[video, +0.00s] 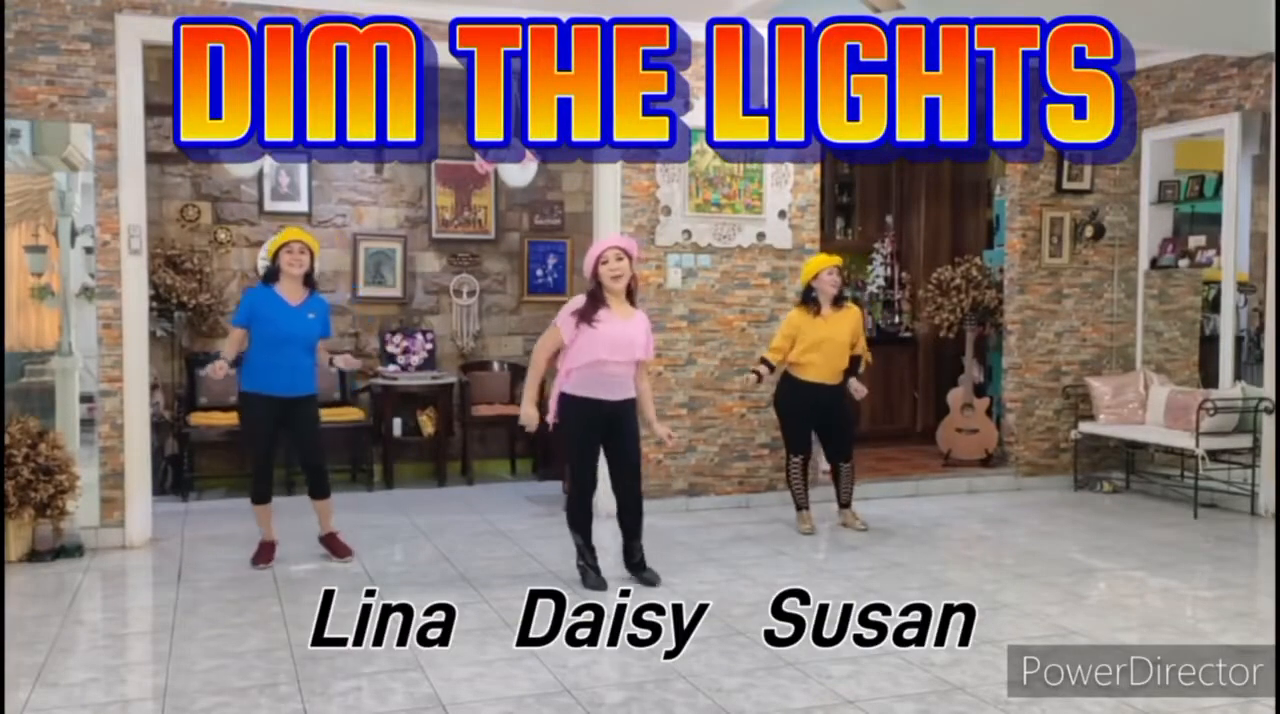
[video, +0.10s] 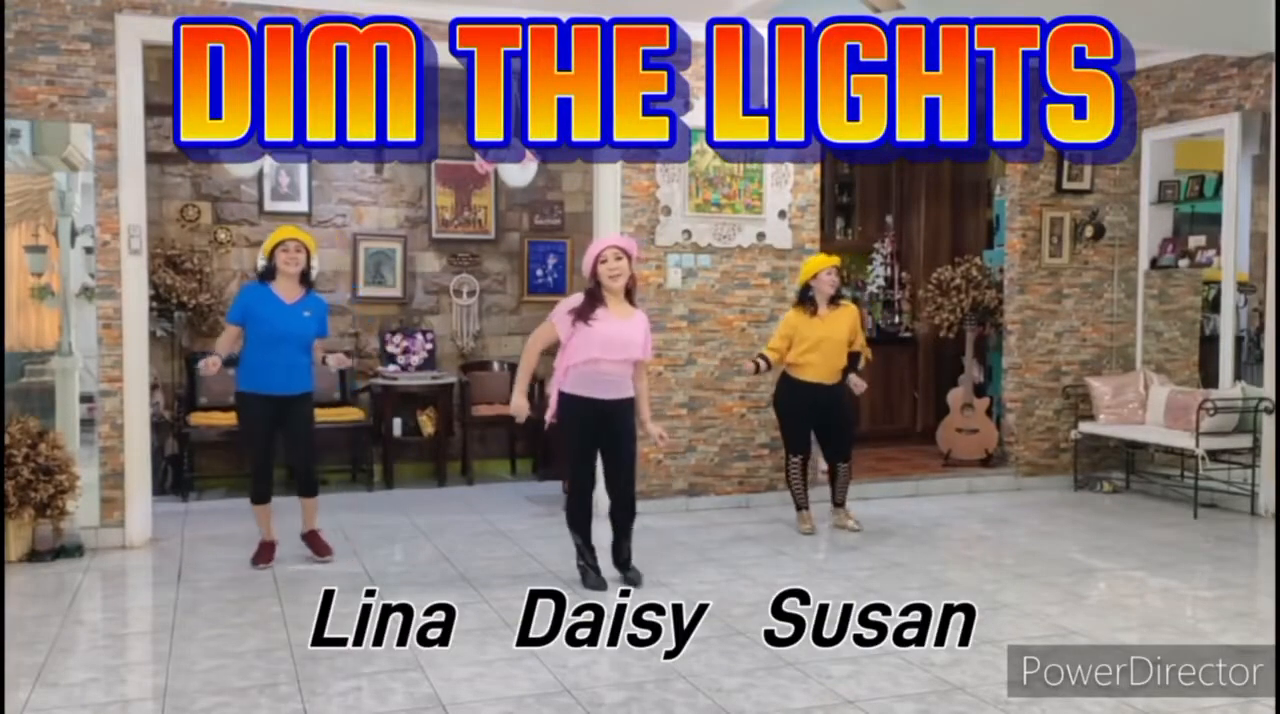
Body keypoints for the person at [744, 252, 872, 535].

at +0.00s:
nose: (836, 279)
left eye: (838, 274)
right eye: (829, 274)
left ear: (841, 280)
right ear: (813, 281)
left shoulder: (852, 314)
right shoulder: (798, 316)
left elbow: (858, 350)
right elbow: (777, 350)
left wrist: (853, 376)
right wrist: (761, 370)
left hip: (833, 392)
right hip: (796, 390)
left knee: (842, 453)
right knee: (798, 452)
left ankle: (846, 510)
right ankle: (802, 512)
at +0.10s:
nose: (834, 279)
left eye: (836, 274)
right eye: (828, 274)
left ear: (839, 280)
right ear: (812, 281)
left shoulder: (849, 312)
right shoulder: (796, 316)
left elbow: (858, 347)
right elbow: (776, 349)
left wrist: (852, 372)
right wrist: (758, 363)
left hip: (832, 391)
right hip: (795, 390)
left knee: (841, 453)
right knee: (797, 452)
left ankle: (839, 510)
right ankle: (802, 512)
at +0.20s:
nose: (834, 278)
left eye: (835, 272)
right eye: (828, 273)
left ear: (836, 278)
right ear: (811, 279)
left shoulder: (846, 310)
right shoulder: (792, 315)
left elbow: (856, 345)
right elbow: (774, 348)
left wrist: (851, 368)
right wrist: (759, 355)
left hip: (832, 390)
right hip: (795, 389)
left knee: (837, 451)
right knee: (799, 451)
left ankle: (830, 508)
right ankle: (804, 511)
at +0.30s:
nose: (833, 278)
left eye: (834, 272)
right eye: (827, 273)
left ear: (833, 277)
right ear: (810, 279)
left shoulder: (845, 308)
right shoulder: (791, 315)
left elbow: (855, 343)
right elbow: (772, 347)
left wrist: (851, 367)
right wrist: (759, 354)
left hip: (832, 389)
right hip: (796, 389)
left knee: (834, 452)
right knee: (799, 451)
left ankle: (825, 509)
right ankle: (803, 511)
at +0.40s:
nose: (831, 279)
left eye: (832, 274)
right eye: (825, 274)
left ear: (832, 279)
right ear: (809, 280)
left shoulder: (844, 308)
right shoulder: (790, 316)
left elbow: (856, 342)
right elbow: (770, 347)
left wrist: (852, 365)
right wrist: (759, 355)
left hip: (832, 389)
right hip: (796, 389)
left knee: (836, 453)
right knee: (799, 451)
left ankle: (827, 510)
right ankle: (804, 511)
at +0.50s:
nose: (830, 280)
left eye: (831, 274)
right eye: (824, 275)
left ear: (831, 279)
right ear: (807, 282)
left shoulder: (844, 306)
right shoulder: (790, 317)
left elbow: (857, 338)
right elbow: (769, 351)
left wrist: (856, 362)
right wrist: (757, 357)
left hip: (832, 389)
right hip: (795, 390)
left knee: (838, 453)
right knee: (800, 451)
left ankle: (827, 509)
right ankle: (804, 512)